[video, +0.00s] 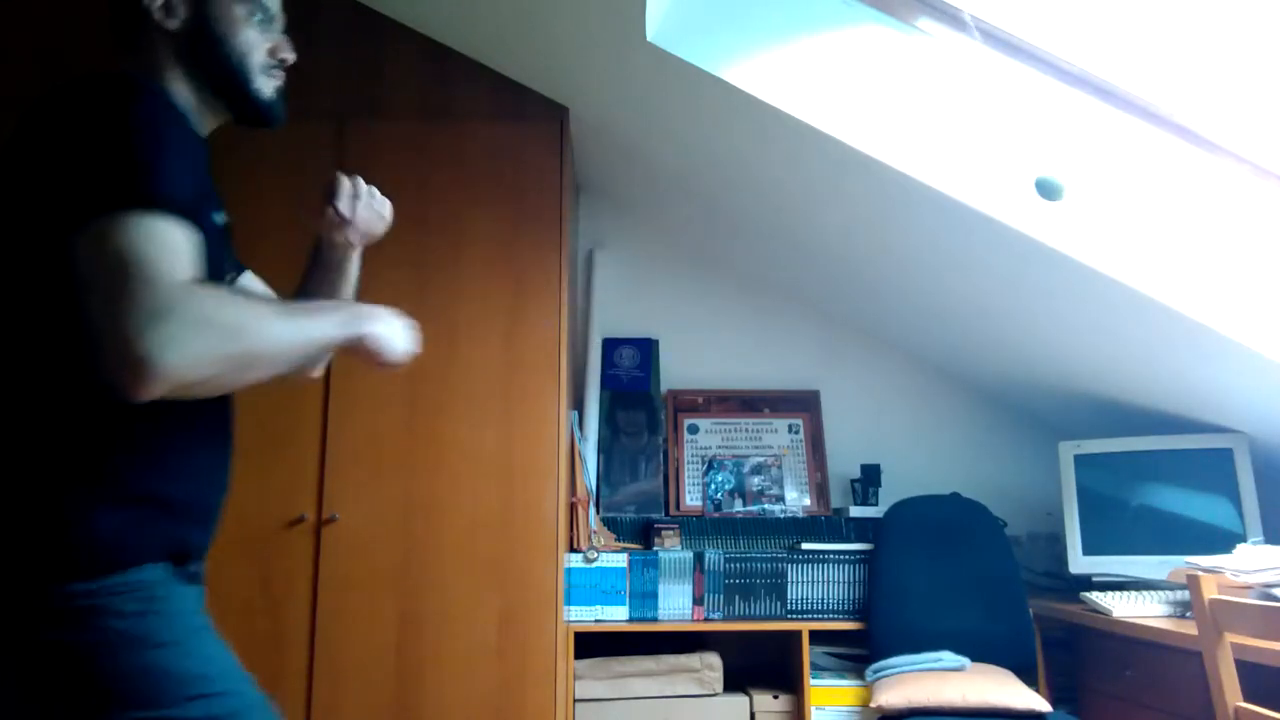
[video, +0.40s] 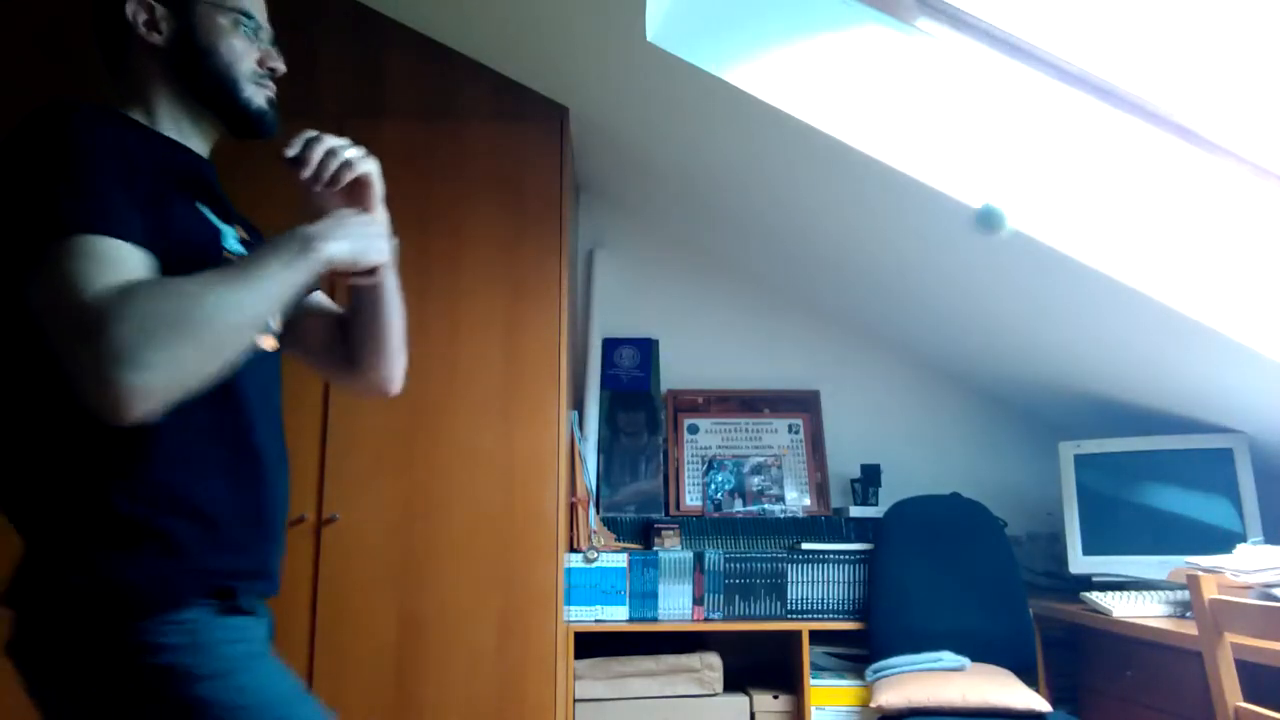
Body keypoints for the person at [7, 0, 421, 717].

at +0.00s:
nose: (287, 50)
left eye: (283, 26)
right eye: (260, 17)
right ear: (171, 10)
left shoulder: (165, 146)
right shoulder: (132, 123)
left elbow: (299, 353)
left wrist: (340, 246)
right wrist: (355, 319)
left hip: (138, 574)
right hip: (105, 579)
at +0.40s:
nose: (277, 59)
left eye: (272, 38)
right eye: (246, 25)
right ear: (153, 20)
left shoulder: (212, 211)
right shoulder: (85, 151)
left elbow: (373, 368)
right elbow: (123, 366)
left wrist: (368, 223)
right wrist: (311, 247)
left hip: (216, 615)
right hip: (147, 621)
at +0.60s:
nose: (357, 47)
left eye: (350, 24)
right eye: (331, 17)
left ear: (241, 25)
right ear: (245, 16)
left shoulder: (179, 126)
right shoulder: (262, 104)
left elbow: (335, 392)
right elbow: (479, 272)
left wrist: (386, 238)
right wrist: (631, 208)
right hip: (261, 595)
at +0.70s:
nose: (388, 54)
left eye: (386, 35)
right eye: (369, 25)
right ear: (283, 12)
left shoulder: (168, 147)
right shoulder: (323, 101)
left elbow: (312, 380)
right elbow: (559, 245)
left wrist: (398, 258)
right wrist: (700, 234)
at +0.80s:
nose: (402, 74)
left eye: (395, 47)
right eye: (380, 37)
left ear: (294, 33)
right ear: (298, 26)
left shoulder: (162, 160)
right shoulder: (324, 125)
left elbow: (314, 352)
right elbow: (482, 299)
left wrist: (419, 254)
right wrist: (619, 269)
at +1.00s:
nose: (366, 77)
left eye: (359, 55)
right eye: (339, 46)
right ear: (258, 47)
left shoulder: (253, 171)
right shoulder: (225, 147)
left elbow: (312, 423)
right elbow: (245, 368)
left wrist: (396, 304)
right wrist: (436, 315)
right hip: (215, 594)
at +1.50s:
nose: (362, 64)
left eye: (357, 46)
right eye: (333, 36)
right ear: (250, 38)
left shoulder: (257, 179)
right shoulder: (210, 143)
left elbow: (314, 419)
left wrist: (378, 280)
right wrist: (463, 246)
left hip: (246, 574)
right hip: (215, 578)